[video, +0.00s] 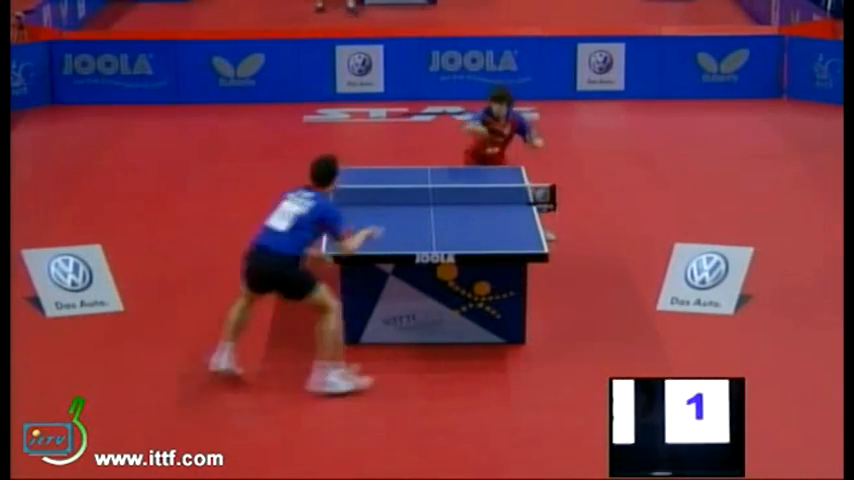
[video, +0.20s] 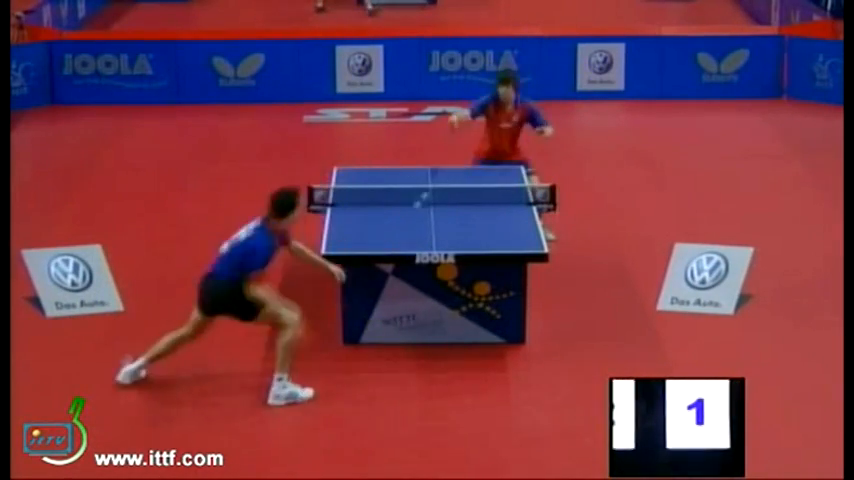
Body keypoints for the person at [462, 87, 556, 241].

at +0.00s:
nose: (499, 109)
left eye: (502, 105)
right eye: (496, 104)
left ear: (508, 107)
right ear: (490, 105)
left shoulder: (515, 120)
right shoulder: (484, 115)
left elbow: (527, 135)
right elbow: (471, 126)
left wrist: (534, 141)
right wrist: (484, 131)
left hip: (498, 160)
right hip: (476, 159)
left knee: (513, 193)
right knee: (473, 195)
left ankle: (535, 230)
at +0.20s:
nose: (505, 92)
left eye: (508, 88)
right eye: (502, 88)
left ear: (514, 89)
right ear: (497, 89)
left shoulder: (523, 108)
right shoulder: (490, 104)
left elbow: (543, 126)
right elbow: (471, 114)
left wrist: (545, 131)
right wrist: (457, 119)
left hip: (512, 157)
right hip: (487, 155)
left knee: (534, 185)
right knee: (472, 189)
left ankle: (538, 226)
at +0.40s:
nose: (500, 74)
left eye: (504, 70)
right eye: (497, 70)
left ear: (511, 70)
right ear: (493, 71)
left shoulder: (522, 89)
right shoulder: (487, 87)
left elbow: (543, 107)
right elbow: (461, 101)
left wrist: (542, 122)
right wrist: (452, 115)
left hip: (516, 143)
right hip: (488, 142)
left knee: (532, 180)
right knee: (471, 177)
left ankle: (544, 221)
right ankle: (464, 223)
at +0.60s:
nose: (479, 86)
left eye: (483, 81)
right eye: (477, 81)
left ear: (491, 82)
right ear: (473, 82)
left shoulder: (504, 99)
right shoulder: (473, 99)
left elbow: (532, 115)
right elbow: (454, 115)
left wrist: (533, 139)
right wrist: (432, 127)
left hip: (510, 154)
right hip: (483, 153)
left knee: (528, 188)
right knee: (463, 183)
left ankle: (554, 218)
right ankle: (460, 220)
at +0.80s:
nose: (438, 80)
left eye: (441, 75)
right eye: (435, 76)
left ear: (448, 76)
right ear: (431, 77)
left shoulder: (463, 91)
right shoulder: (432, 95)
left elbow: (492, 107)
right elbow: (414, 113)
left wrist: (494, 126)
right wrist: (395, 116)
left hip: (481, 145)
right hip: (457, 145)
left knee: (491, 182)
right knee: (438, 177)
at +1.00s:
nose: (419, 68)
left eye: (422, 64)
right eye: (416, 64)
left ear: (429, 62)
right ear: (413, 65)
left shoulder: (444, 78)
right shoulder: (411, 79)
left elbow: (468, 92)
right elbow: (400, 92)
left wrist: (469, 110)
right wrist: (393, 98)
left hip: (443, 129)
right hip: (419, 128)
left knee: (449, 168)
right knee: (401, 162)